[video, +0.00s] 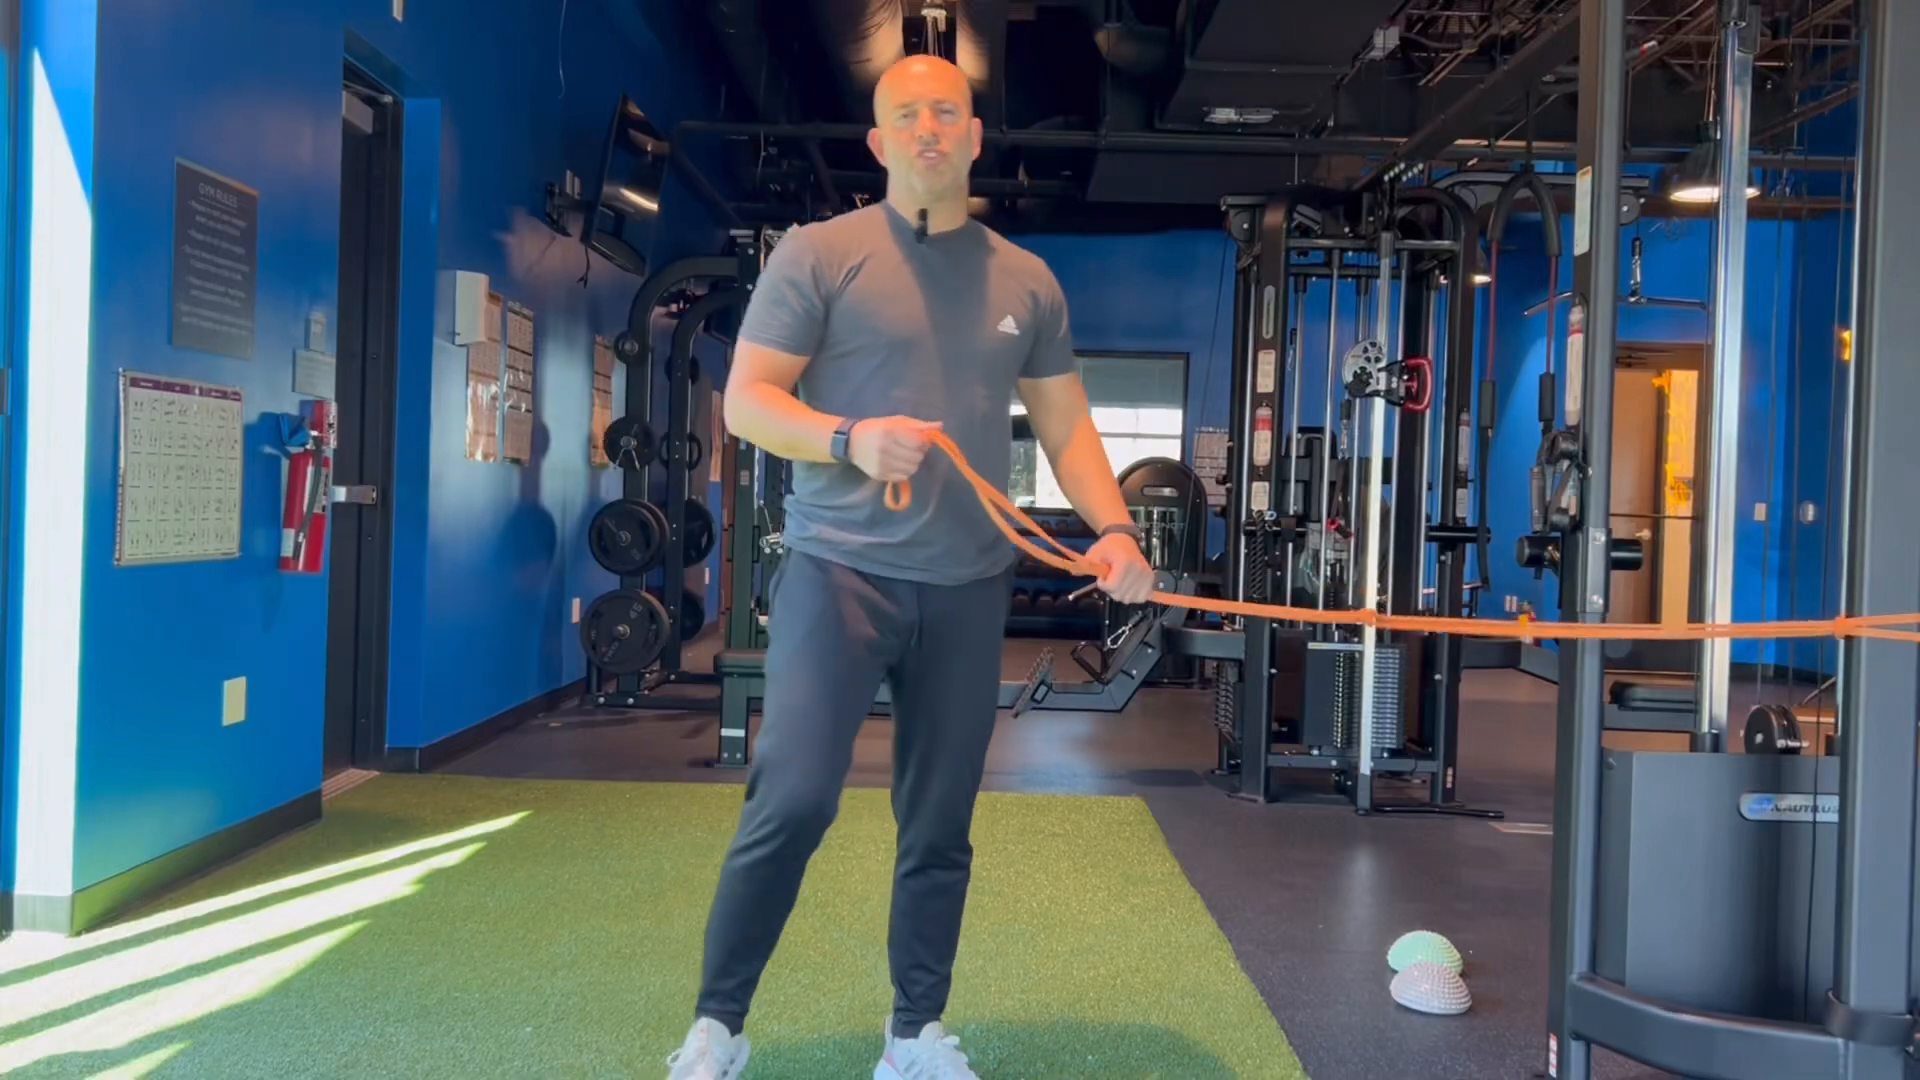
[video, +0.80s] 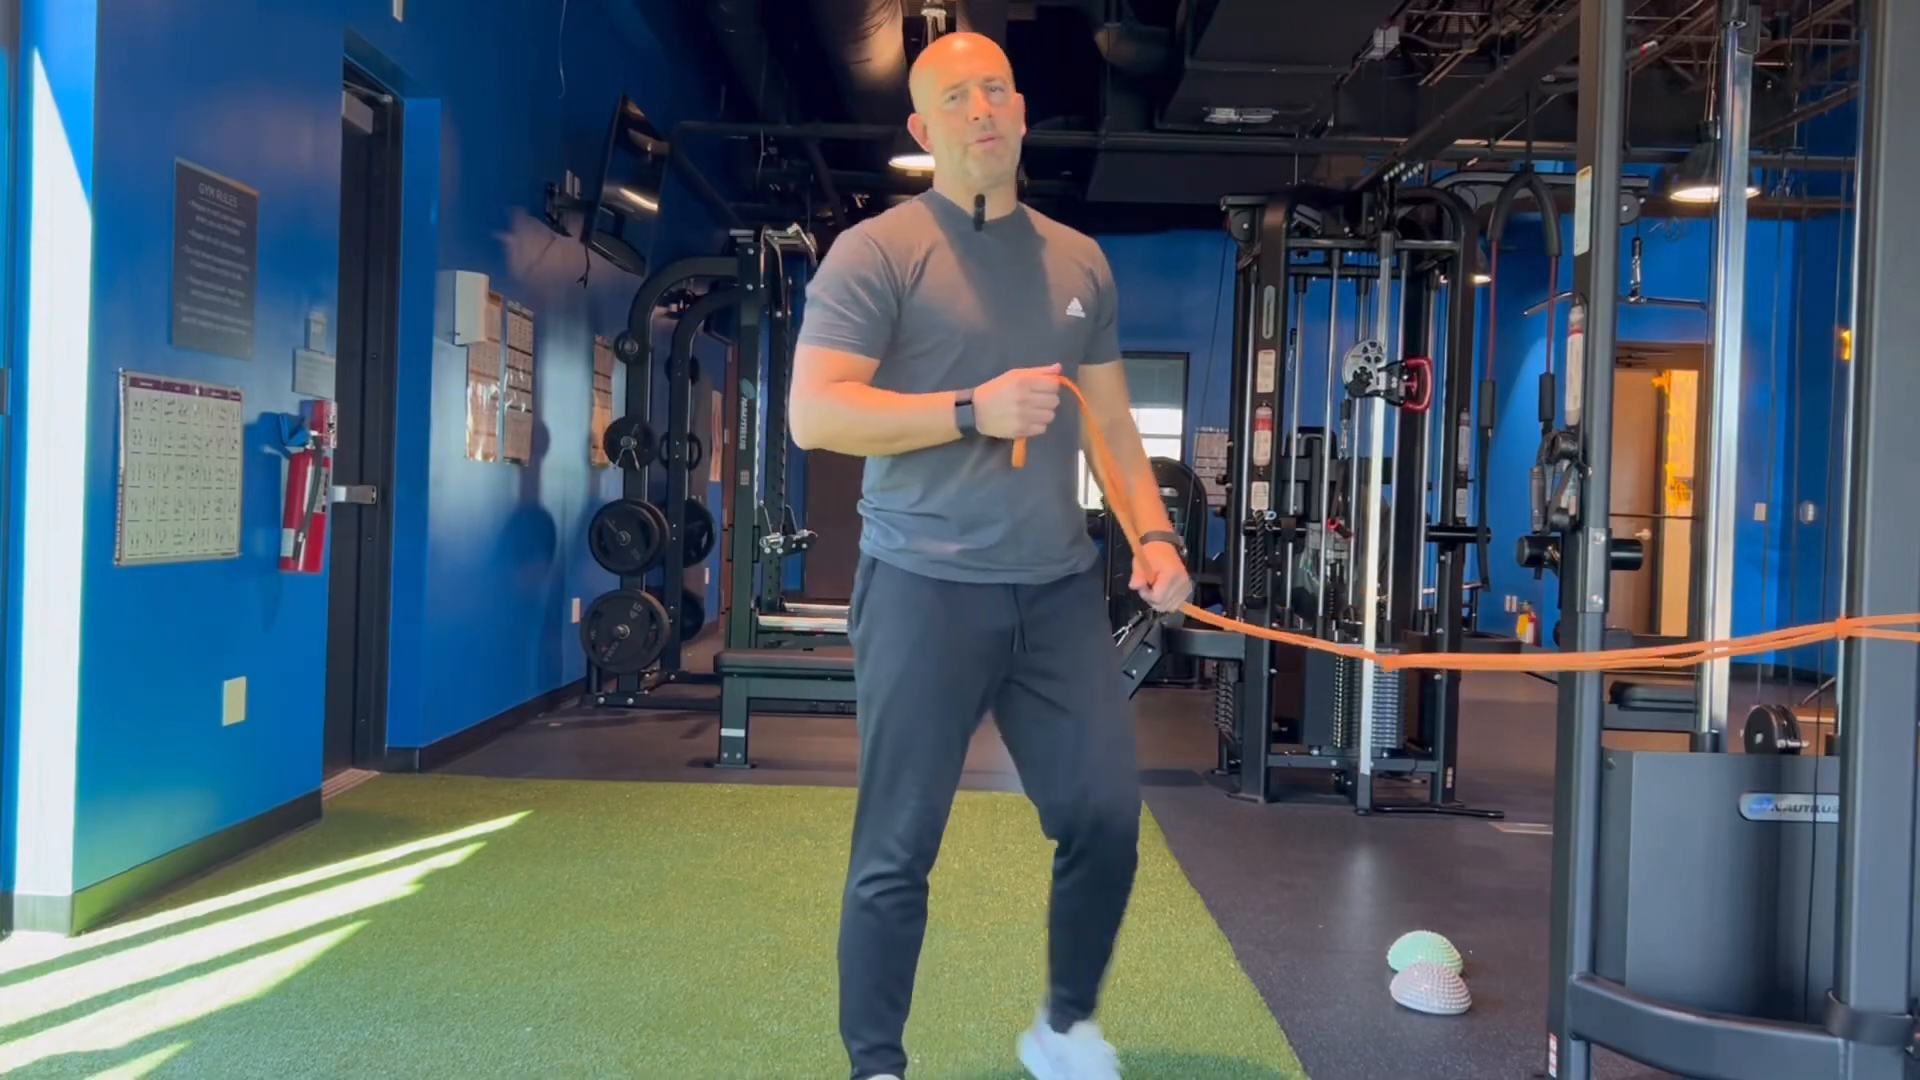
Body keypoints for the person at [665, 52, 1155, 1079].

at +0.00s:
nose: (930, 126)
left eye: (948, 110)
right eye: (910, 112)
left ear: (977, 134)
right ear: (876, 141)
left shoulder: (1027, 282)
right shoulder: (815, 257)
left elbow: (1067, 427)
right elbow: (746, 401)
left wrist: (1115, 528)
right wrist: (849, 437)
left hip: (966, 584)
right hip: (835, 571)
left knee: (939, 823)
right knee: (794, 799)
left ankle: (915, 1032)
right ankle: (718, 1025)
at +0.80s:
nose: (983, 106)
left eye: (996, 87)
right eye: (955, 94)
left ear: (1024, 112)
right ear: (918, 128)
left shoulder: (1079, 262)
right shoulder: (871, 254)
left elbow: (1110, 420)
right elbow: (815, 411)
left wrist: (1152, 534)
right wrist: (971, 408)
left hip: (1060, 587)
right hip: (924, 586)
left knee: (1106, 814)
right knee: (896, 849)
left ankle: (1067, 1026)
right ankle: (877, 1061)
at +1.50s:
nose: (1048, 124)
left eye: (1069, 108)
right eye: (1027, 110)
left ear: (1101, 134)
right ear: (997, 140)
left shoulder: (1164, 279)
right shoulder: (934, 264)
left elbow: (1210, 430)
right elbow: (882, 402)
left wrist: (1179, 519)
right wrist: (893, 419)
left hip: (1094, 588)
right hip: (952, 583)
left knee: (1100, 833)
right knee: (913, 822)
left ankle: (1108, 1048)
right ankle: (886, 1019)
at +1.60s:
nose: (1019, 127)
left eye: (1038, 111)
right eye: (997, 114)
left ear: (1070, 139)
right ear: (967, 146)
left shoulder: (1134, 282)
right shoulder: (906, 271)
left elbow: (1184, 430)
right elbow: (850, 410)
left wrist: (1177, 512)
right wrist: (883, 429)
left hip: (1075, 591)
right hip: (931, 588)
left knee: (1091, 833)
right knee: (905, 827)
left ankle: (1105, 1048)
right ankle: (887, 1024)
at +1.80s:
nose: (966, 140)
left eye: (980, 122)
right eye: (943, 127)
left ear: (1010, 142)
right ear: (913, 155)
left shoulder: (1083, 281)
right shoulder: (858, 282)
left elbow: (1122, 425)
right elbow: (801, 416)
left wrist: (1133, 512)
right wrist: (852, 455)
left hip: (1040, 592)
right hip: (897, 591)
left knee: (1074, 823)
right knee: (885, 823)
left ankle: (1086, 1039)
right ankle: (884, 1023)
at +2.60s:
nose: (947, 142)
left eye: (962, 124)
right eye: (926, 129)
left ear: (994, 142)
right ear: (897, 156)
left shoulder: (1065, 272)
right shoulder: (854, 275)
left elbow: (1121, 427)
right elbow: (799, 444)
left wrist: (1161, 379)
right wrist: (811, 352)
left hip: (1028, 584)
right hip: (890, 583)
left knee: (1045, 823)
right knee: (885, 824)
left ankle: (1070, 1044)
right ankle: (886, 1023)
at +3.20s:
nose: (948, 142)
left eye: (963, 124)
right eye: (927, 129)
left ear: (996, 142)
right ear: (898, 158)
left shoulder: (1069, 276)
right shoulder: (853, 279)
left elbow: (1114, 427)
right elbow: (805, 448)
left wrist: (1153, 396)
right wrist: (815, 378)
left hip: (1031, 585)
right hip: (892, 585)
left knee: (1047, 824)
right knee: (886, 824)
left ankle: (1070, 1043)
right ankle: (886, 1023)